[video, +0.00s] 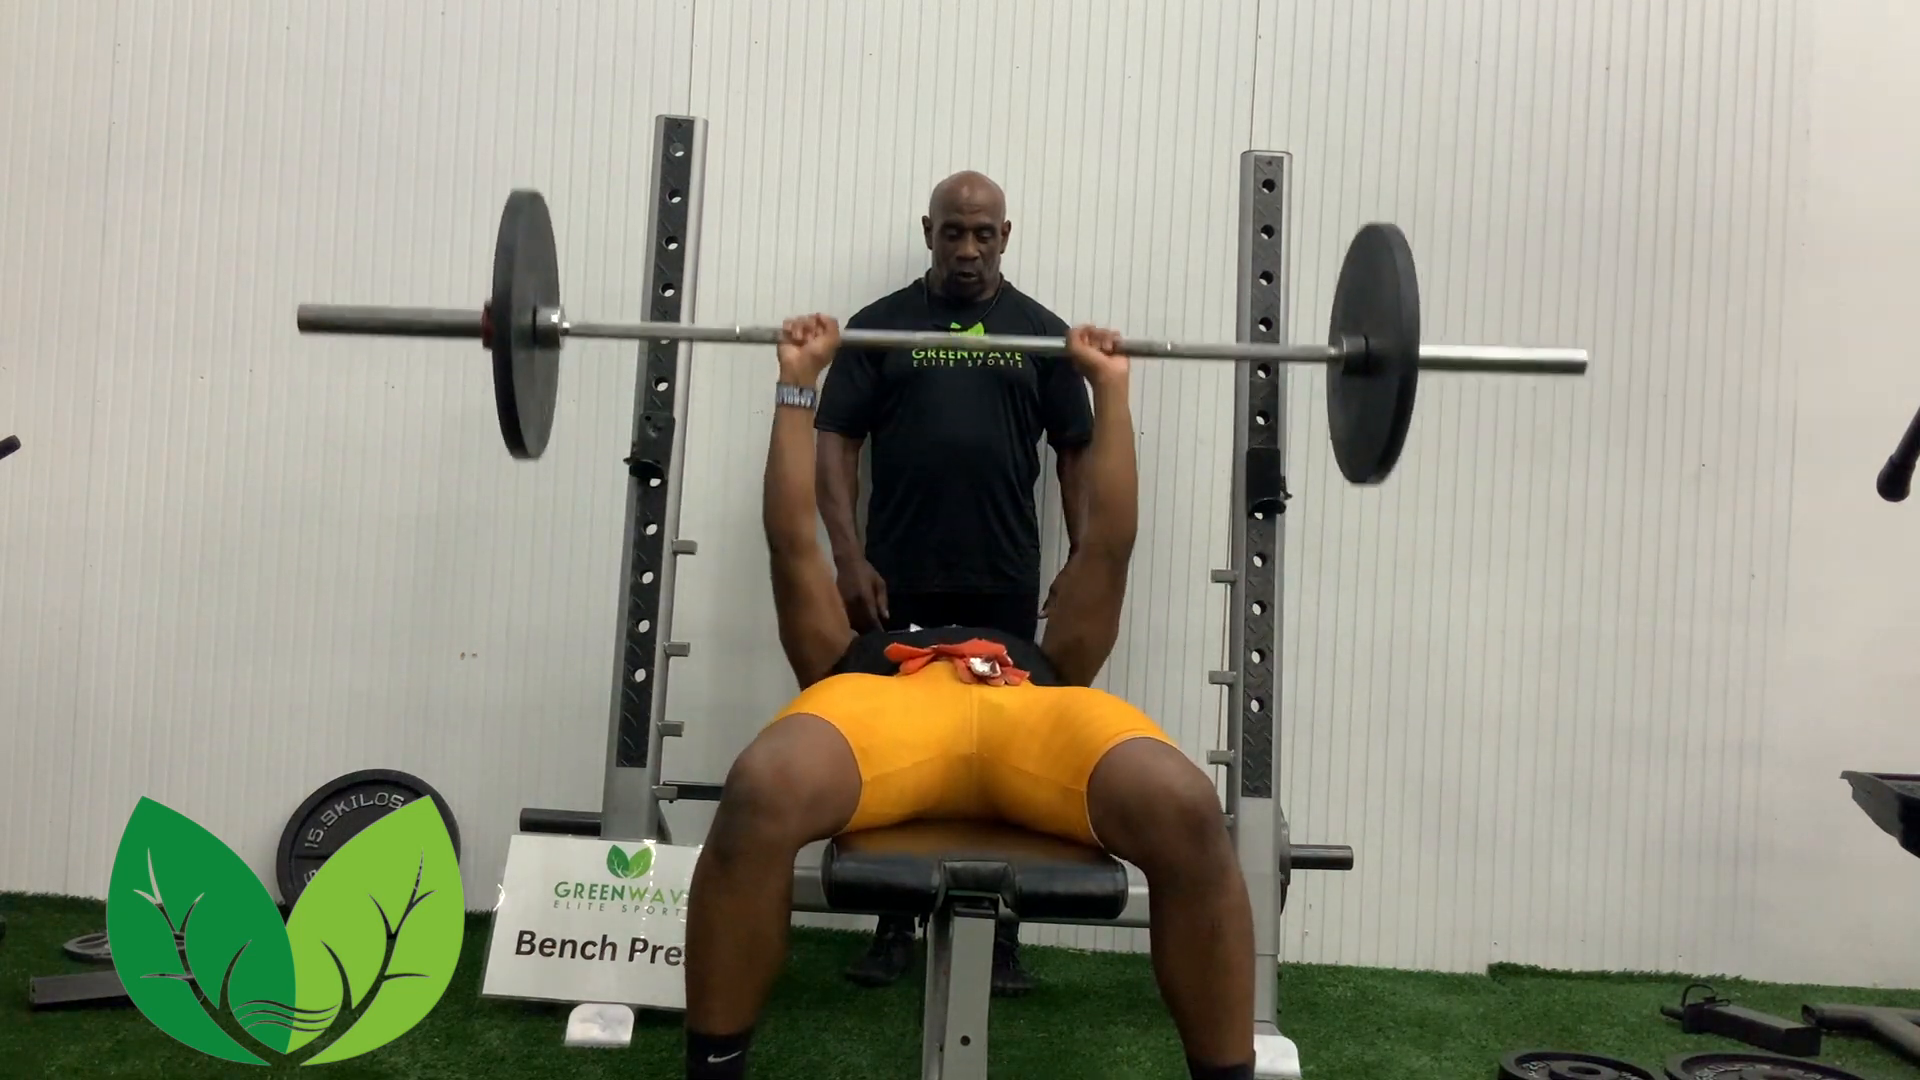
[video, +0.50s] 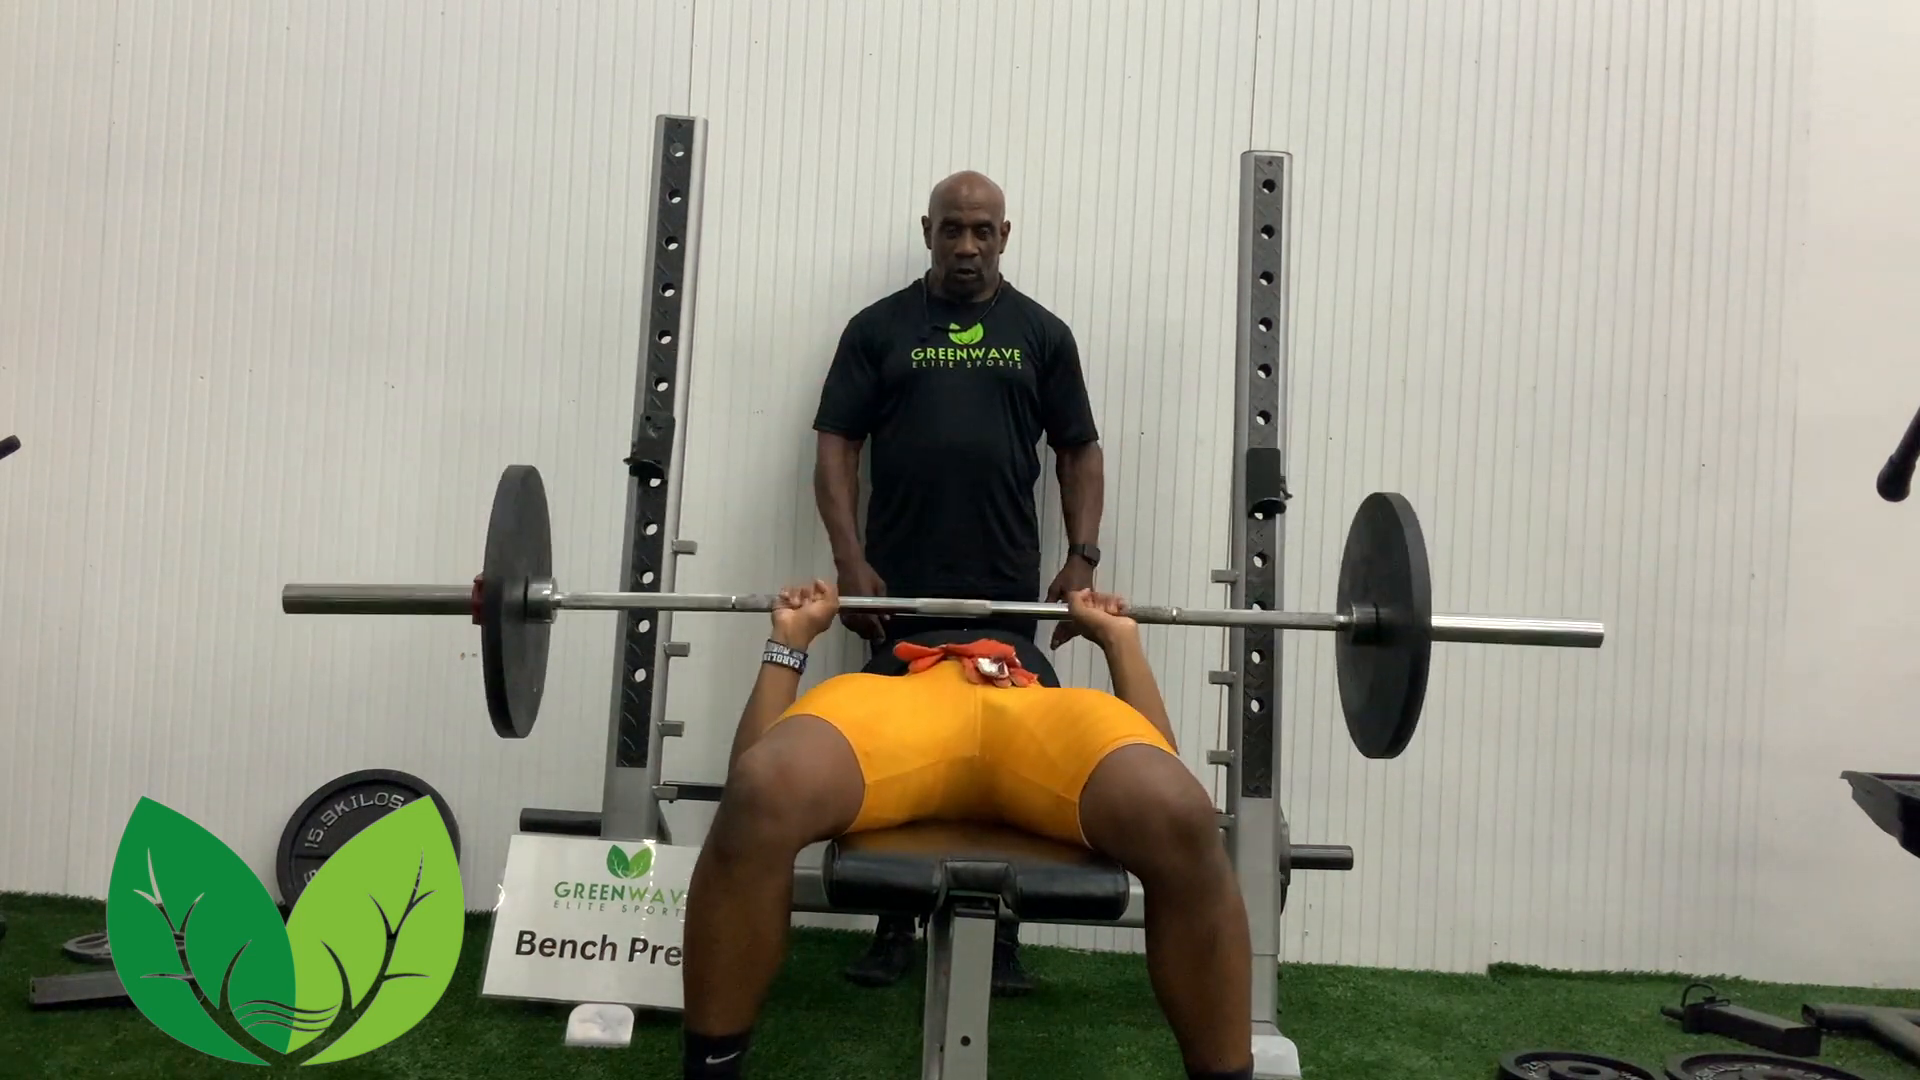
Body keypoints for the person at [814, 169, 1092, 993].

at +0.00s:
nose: (969, 249)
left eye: (986, 235)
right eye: (954, 233)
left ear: (1006, 241)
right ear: (928, 234)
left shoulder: (1044, 336)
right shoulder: (879, 328)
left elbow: (1076, 461)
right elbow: (833, 445)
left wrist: (1082, 561)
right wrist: (847, 556)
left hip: (1008, 582)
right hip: (896, 580)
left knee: (1012, 746)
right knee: (887, 743)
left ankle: (1000, 926)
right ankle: (897, 919)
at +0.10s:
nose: (970, 248)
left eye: (986, 235)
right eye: (954, 233)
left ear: (1007, 240)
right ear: (927, 236)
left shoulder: (1044, 337)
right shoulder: (875, 333)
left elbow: (1077, 453)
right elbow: (835, 447)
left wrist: (1082, 557)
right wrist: (849, 557)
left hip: (1007, 581)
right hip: (900, 578)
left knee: (1012, 758)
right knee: (887, 750)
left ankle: (999, 930)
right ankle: (896, 918)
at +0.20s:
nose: (969, 247)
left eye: (986, 234)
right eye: (954, 232)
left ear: (1007, 239)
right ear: (928, 234)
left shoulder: (1043, 336)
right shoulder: (877, 331)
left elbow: (1079, 458)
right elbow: (833, 455)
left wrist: (1082, 559)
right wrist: (849, 559)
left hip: (1007, 586)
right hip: (903, 583)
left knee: (1013, 752)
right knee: (889, 748)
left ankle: (998, 928)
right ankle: (896, 918)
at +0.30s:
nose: (969, 247)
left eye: (985, 233)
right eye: (954, 232)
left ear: (1007, 239)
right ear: (928, 234)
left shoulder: (1043, 336)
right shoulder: (877, 331)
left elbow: (1079, 454)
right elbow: (836, 449)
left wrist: (1082, 559)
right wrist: (848, 557)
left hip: (1006, 586)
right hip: (902, 584)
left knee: (1012, 752)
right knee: (890, 750)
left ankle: (998, 929)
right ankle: (895, 920)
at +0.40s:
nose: (968, 247)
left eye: (984, 233)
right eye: (953, 232)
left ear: (1006, 239)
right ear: (928, 235)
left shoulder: (1042, 336)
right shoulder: (878, 330)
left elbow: (1079, 453)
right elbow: (836, 451)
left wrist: (1082, 562)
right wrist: (852, 564)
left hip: (1007, 590)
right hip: (902, 587)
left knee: (1013, 761)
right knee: (890, 757)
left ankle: (999, 930)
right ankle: (895, 922)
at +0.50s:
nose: (968, 245)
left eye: (984, 232)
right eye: (953, 230)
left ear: (1006, 239)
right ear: (927, 233)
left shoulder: (1041, 336)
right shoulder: (877, 330)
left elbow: (1078, 450)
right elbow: (836, 451)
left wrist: (1081, 555)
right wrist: (852, 565)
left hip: (1008, 592)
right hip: (899, 588)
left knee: (1012, 766)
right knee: (891, 763)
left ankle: (1001, 931)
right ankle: (895, 925)